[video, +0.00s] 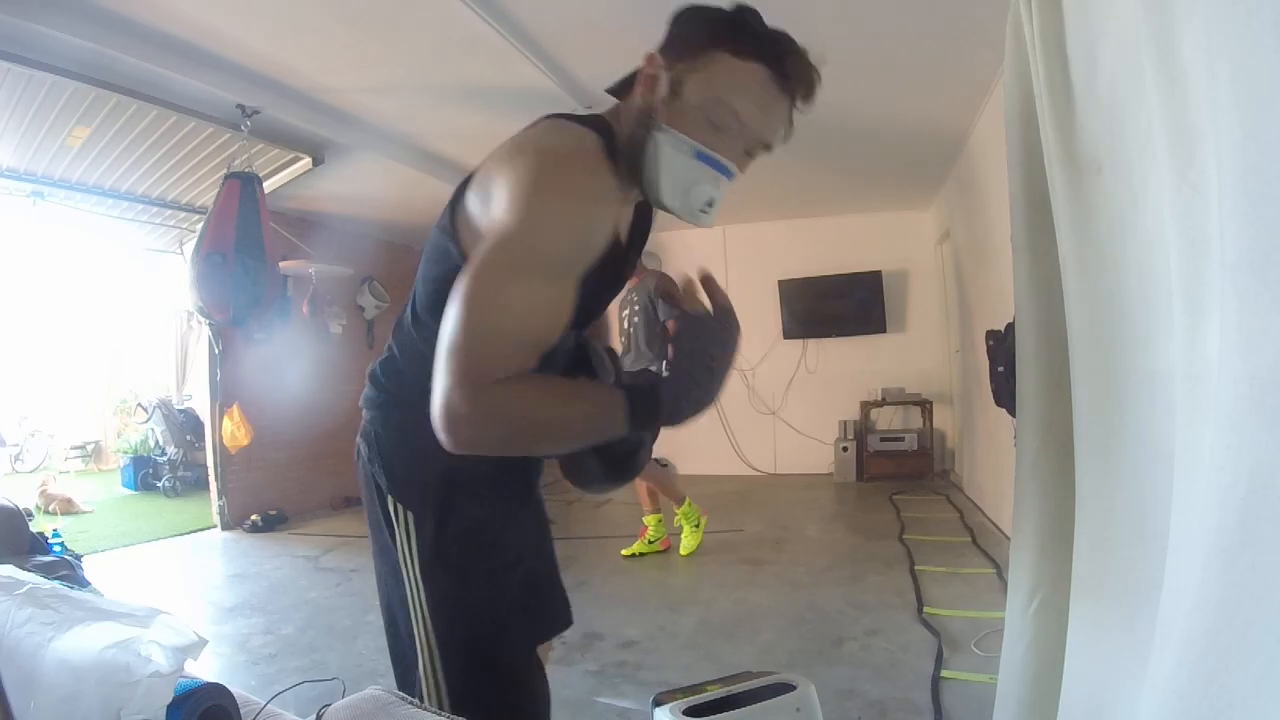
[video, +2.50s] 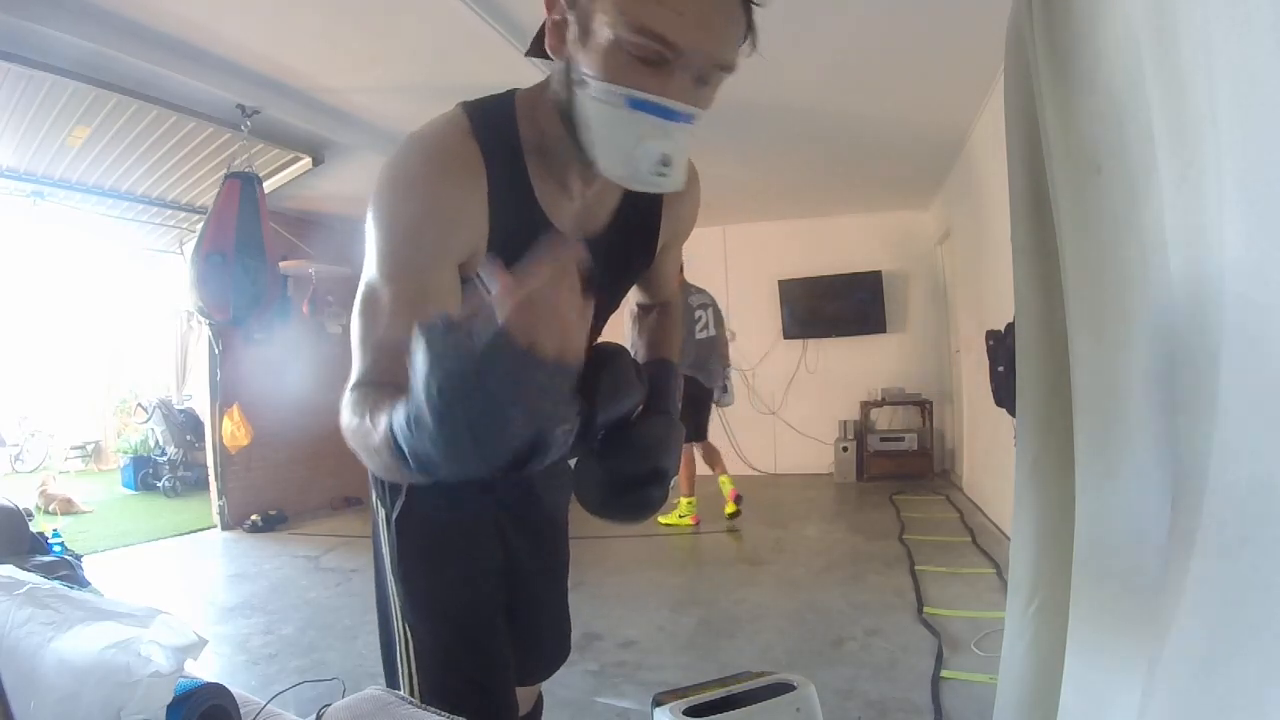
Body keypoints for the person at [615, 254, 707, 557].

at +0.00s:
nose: (619, 268)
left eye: (622, 262)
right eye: (617, 264)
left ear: (633, 258)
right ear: (622, 264)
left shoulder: (658, 282)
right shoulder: (627, 294)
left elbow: (676, 328)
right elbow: (629, 340)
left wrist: (675, 372)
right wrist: (619, 372)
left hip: (651, 379)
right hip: (628, 379)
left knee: (639, 456)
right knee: (636, 457)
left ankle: (688, 511)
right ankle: (655, 530)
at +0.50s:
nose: (639, 257)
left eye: (644, 249)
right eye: (636, 250)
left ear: (662, 245)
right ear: (638, 251)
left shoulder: (682, 281)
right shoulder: (651, 284)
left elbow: (694, 333)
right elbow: (656, 333)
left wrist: (687, 378)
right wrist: (653, 375)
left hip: (682, 376)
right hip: (657, 377)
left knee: (688, 456)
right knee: (658, 456)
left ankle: (716, 529)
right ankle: (657, 530)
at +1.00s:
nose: (664, 266)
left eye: (665, 258)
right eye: (662, 260)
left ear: (679, 250)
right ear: (683, 251)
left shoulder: (705, 282)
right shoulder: (701, 281)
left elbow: (714, 338)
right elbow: (704, 334)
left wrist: (695, 373)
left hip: (719, 373)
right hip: (714, 372)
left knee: (717, 452)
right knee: (712, 450)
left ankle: (721, 533)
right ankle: (717, 517)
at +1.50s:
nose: (695, 275)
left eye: (695, 269)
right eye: (693, 270)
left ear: (705, 262)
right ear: (720, 263)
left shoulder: (709, 288)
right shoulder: (745, 292)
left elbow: (710, 335)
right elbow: (759, 341)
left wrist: (695, 378)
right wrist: (763, 380)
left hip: (721, 381)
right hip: (747, 381)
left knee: (715, 455)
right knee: (747, 448)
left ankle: (719, 531)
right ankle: (752, 516)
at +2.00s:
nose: (690, 283)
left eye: (690, 277)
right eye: (689, 278)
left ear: (701, 269)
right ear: (714, 270)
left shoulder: (705, 292)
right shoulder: (735, 295)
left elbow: (713, 330)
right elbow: (747, 342)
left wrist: (716, 373)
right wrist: (747, 380)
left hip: (714, 378)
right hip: (740, 380)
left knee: (699, 444)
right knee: (742, 444)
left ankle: (688, 508)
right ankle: (752, 514)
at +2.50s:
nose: (665, 279)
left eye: (666, 273)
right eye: (666, 273)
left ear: (673, 272)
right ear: (683, 269)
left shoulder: (671, 300)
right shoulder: (705, 297)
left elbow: (668, 344)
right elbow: (721, 339)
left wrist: (661, 376)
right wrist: (723, 374)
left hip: (684, 375)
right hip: (708, 375)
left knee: (683, 442)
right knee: (701, 439)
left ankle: (687, 508)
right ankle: (729, 489)